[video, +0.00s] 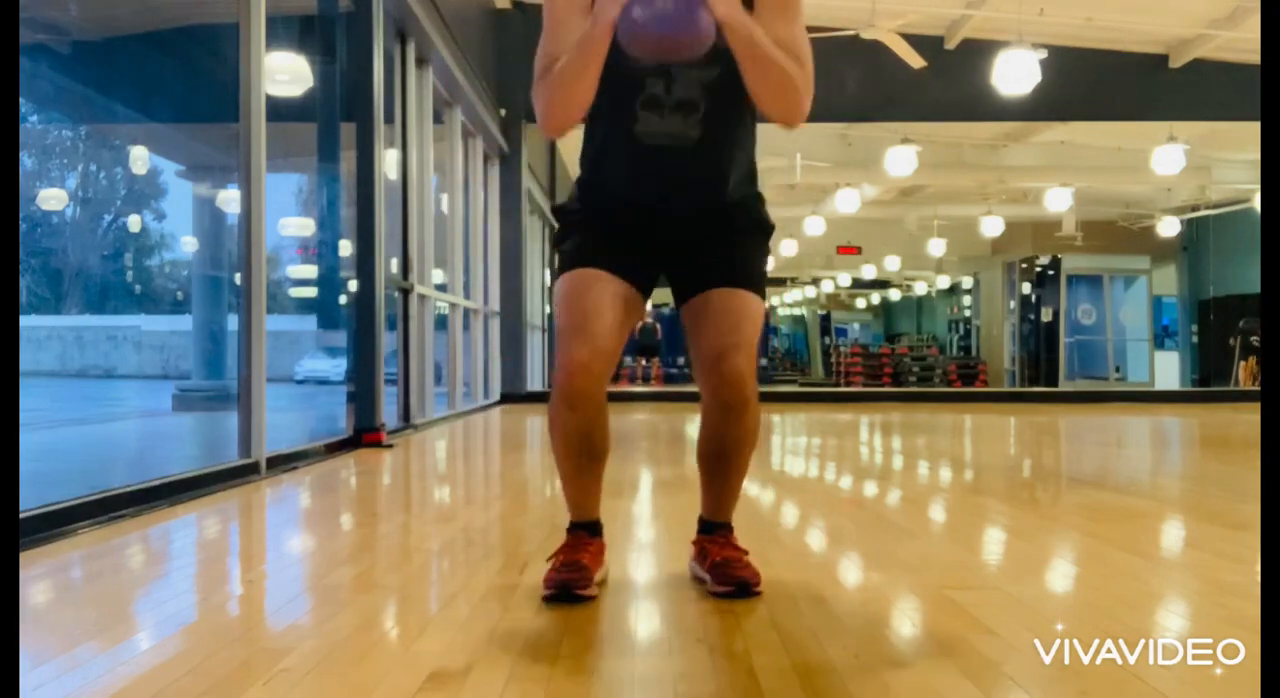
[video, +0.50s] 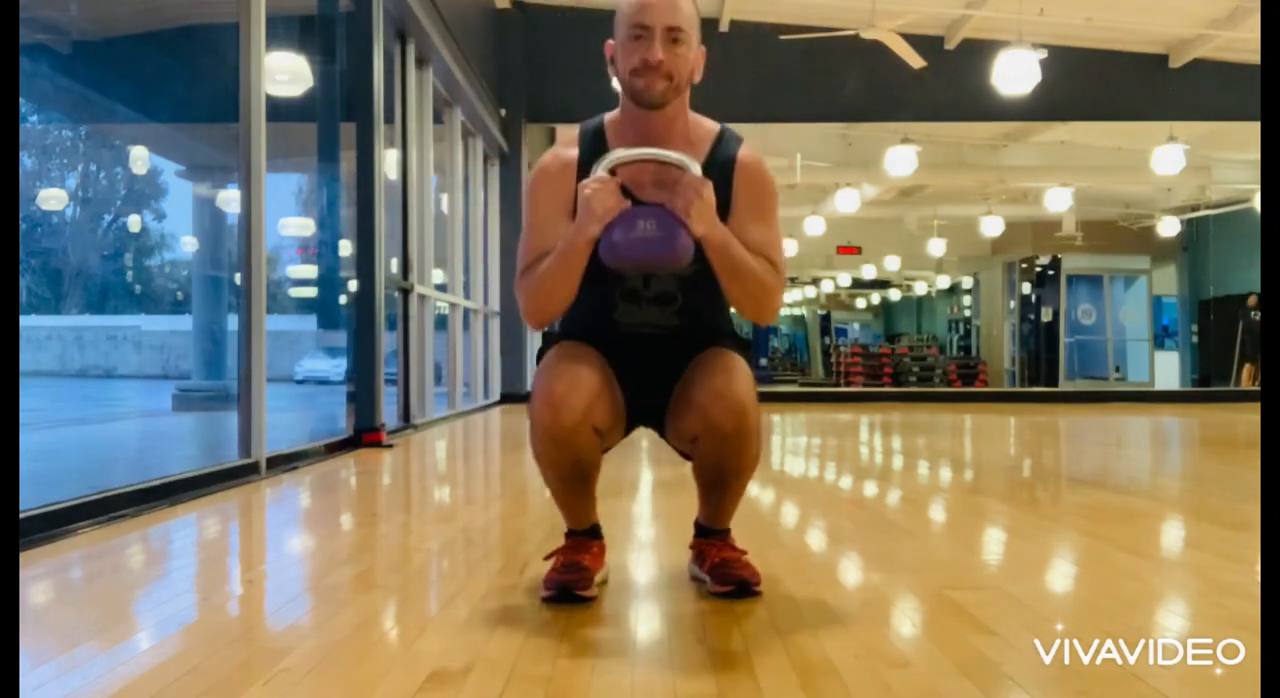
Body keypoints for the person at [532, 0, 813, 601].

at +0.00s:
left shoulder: (765, 3)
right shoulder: (577, 3)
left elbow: (791, 105)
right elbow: (554, 116)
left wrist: (727, 12)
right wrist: (605, 16)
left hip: (720, 213)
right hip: (612, 210)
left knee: (732, 380)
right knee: (577, 369)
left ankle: (716, 537)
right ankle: (582, 536)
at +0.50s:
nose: (654, 54)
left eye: (673, 39)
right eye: (638, 37)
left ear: (698, 62)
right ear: (611, 55)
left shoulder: (739, 166)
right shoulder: (562, 165)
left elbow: (766, 305)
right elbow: (535, 309)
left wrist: (711, 227)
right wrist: (583, 229)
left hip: (696, 356)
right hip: (595, 355)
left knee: (729, 404)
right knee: (558, 400)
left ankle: (714, 538)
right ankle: (581, 539)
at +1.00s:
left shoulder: (741, 5)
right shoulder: (558, 4)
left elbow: (764, 120)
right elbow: (536, 125)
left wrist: (707, 28)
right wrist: (590, 26)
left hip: (696, 208)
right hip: (591, 206)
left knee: (726, 366)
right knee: (559, 350)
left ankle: (716, 535)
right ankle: (574, 530)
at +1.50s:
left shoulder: (633, 3)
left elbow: (655, 108)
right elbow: (415, 99)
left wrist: (600, 15)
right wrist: (479, 6)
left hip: (571, 208)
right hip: (456, 202)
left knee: (641, 364)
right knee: (347, 359)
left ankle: (711, 537)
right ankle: (257, 531)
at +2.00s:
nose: (358, 37)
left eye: (379, 21)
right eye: (342, 19)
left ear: (410, 38)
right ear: (317, 28)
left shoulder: (452, 147)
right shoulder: (263, 132)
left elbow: (484, 287)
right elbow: (223, 274)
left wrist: (418, 213)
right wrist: (284, 208)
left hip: (414, 336)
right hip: (295, 331)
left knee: (537, 431)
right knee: (199, 393)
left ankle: (696, 536)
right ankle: (240, 544)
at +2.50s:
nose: (305, 74)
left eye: (328, 57)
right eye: (290, 53)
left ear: (362, 74)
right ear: (269, 62)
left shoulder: (411, 183)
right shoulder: (216, 174)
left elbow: (443, 321)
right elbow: (180, 322)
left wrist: (374, 253)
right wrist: (234, 255)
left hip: (387, 372)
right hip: (268, 370)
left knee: (518, 447)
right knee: (173, 406)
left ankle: (690, 535)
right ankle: (237, 541)